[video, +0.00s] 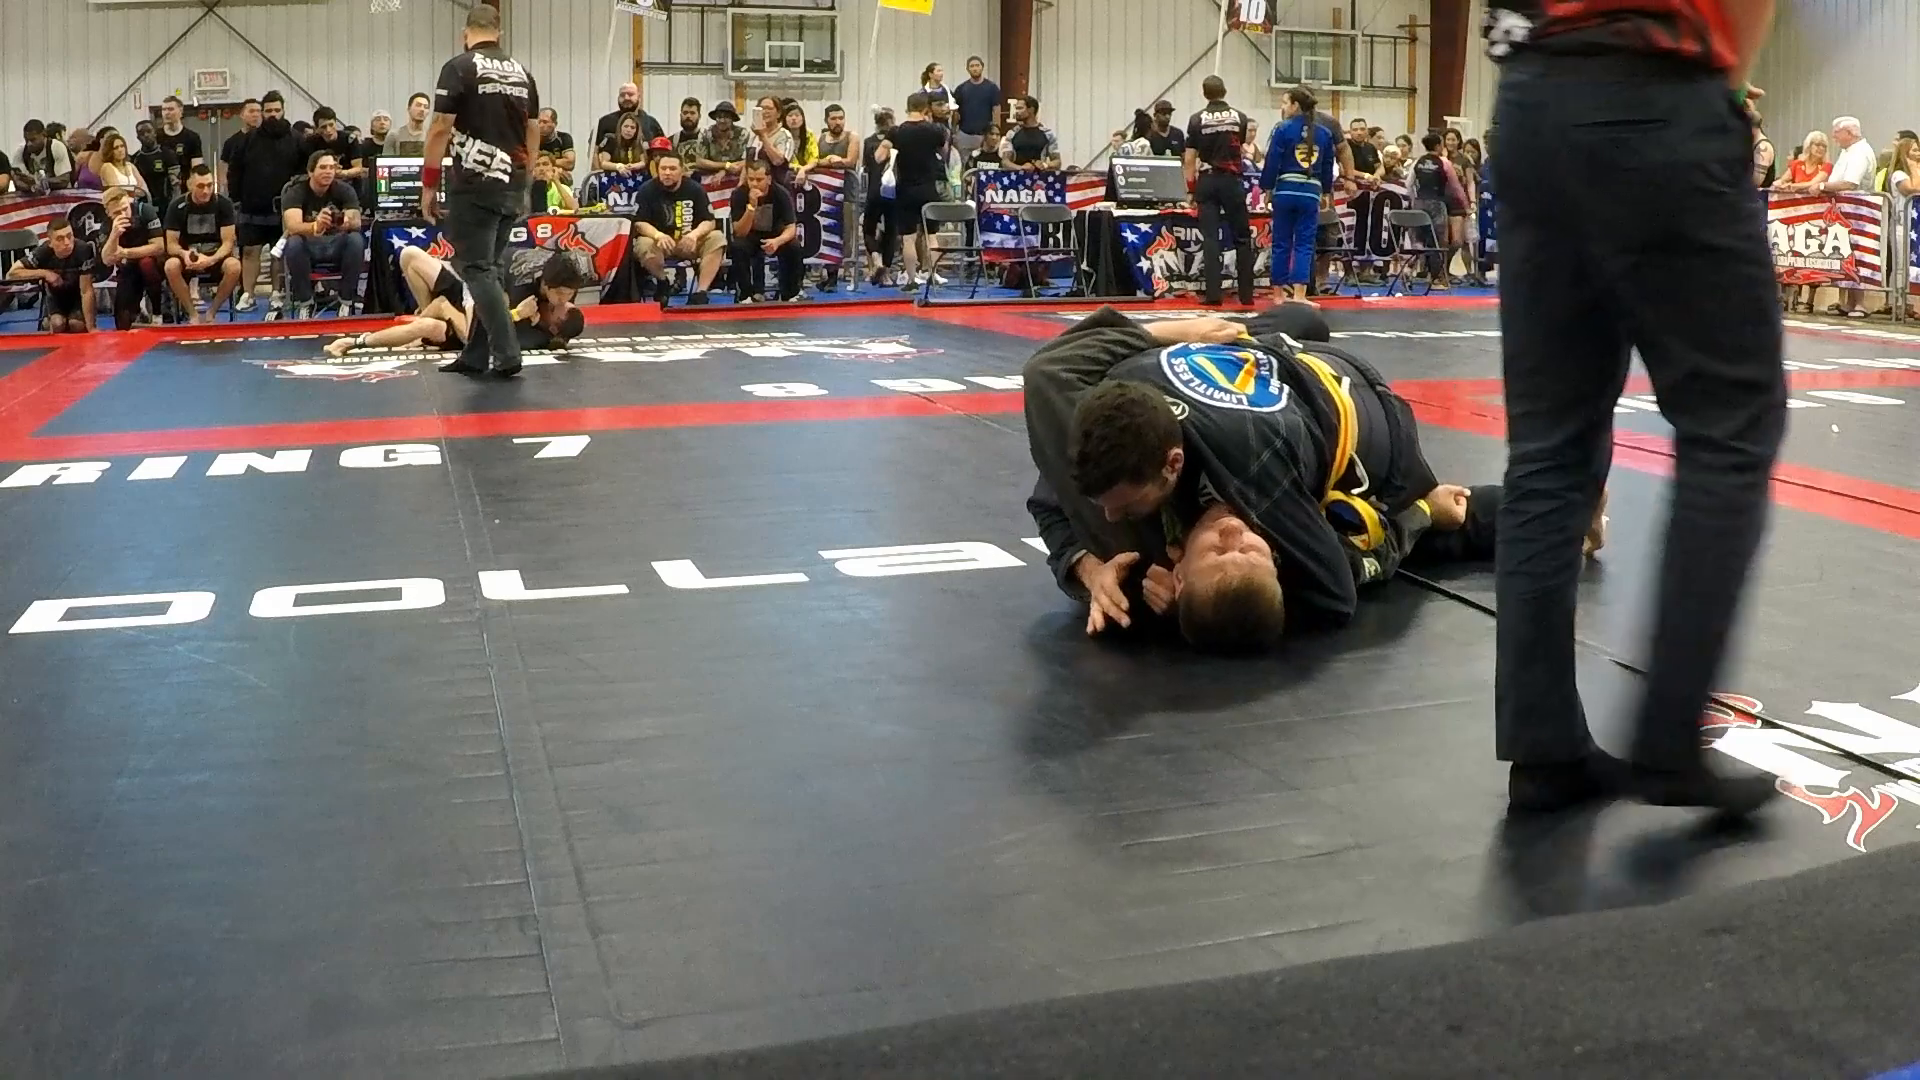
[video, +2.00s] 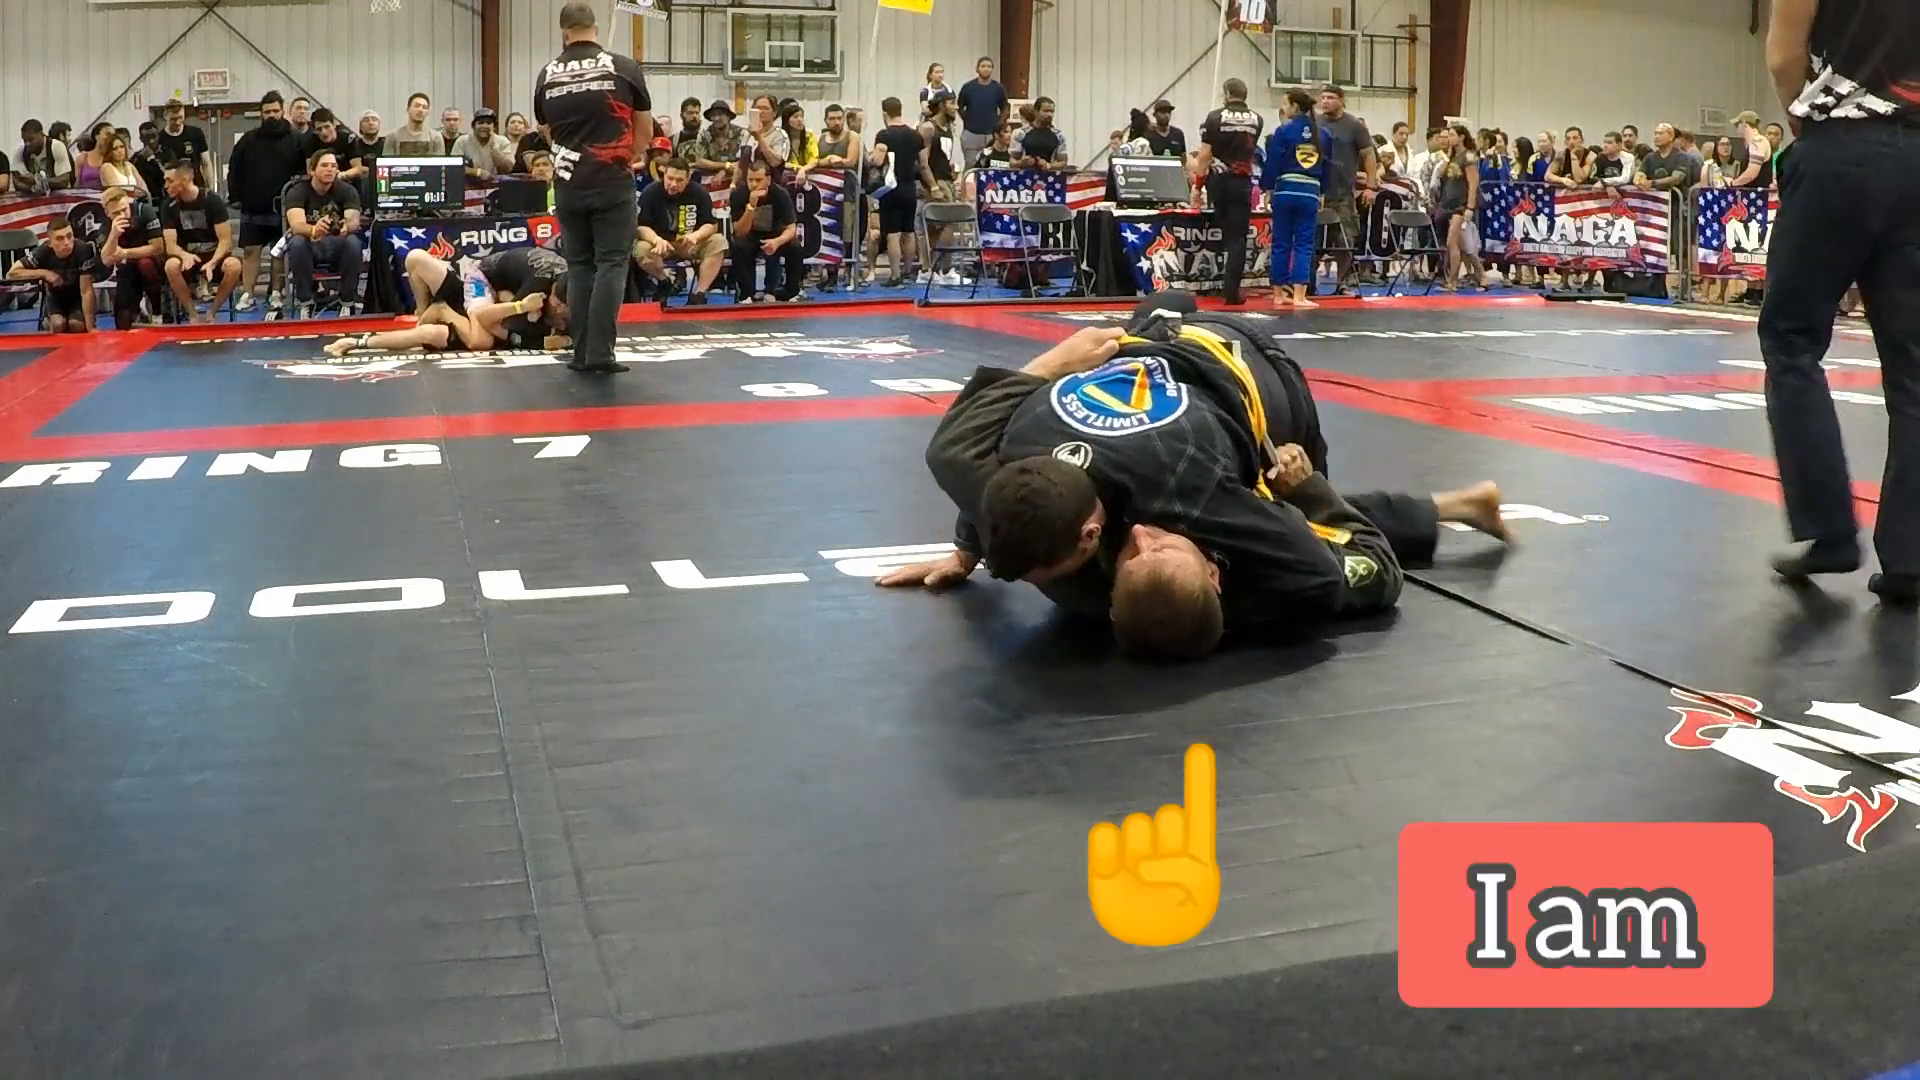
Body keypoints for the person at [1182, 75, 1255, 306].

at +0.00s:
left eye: (1205, 91)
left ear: (1204, 94)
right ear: (1224, 93)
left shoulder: (1196, 120)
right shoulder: (1241, 118)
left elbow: (1189, 159)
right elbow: (1243, 144)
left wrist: (1191, 189)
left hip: (1207, 179)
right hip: (1233, 180)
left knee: (1210, 238)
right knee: (1242, 238)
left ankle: (1213, 295)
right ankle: (1246, 295)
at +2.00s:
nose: (1226, 96)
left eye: (1225, 93)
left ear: (1226, 95)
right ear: (1245, 96)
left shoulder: (1214, 117)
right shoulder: (1256, 119)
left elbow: (1204, 155)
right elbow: (1250, 149)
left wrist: (1197, 185)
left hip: (1218, 178)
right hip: (1242, 180)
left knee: (1230, 233)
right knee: (1238, 237)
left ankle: (1233, 285)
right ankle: (1232, 292)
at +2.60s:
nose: (1217, 100)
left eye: (1218, 97)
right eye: (1218, 96)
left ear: (1224, 97)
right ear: (1240, 96)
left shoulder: (1218, 121)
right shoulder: (1256, 118)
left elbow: (1209, 158)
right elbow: (1256, 149)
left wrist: (1201, 184)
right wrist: (1247, 168)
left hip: (1221, 178)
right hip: (1245, 180)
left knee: (1211, 197)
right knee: (1239, 238)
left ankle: (1231, 230)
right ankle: (1231, 293)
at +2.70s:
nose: (1220, 99)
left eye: (1221, 96)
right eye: (1221, 95)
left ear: (1226, 97)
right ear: (1242, 96)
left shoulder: (1219, 120)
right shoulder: (1257, 119)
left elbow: (1210, 157)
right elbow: (1255, 149)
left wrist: (1203, 183)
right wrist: (1247, 168)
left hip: (1221, 178)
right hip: (1244, 181)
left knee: (1213, 199)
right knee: (1239, 238)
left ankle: (1231, 233)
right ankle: (1231, 292)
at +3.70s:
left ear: (1237, 97)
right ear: (1256, 99)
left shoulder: (1225, 115)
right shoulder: (1265, 122)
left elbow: (1205, 127)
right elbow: (1258, 141)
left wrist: (1205, 154)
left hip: (1224, 177)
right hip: (1247, 181)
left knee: (1210, 197)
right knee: (1240, 238)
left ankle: (1232, 223)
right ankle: (1231, 293)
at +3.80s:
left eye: (1240, 93)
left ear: (1238, 97)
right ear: (1257, 98)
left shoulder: (1226, 116)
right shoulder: (1265, 122)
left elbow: (1206, 126)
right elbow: (1268, 141)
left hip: (1224, 177)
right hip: (1247, 181)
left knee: (1210, 197)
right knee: (1240, 239)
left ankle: (1231, 222)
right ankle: (1232, 293)